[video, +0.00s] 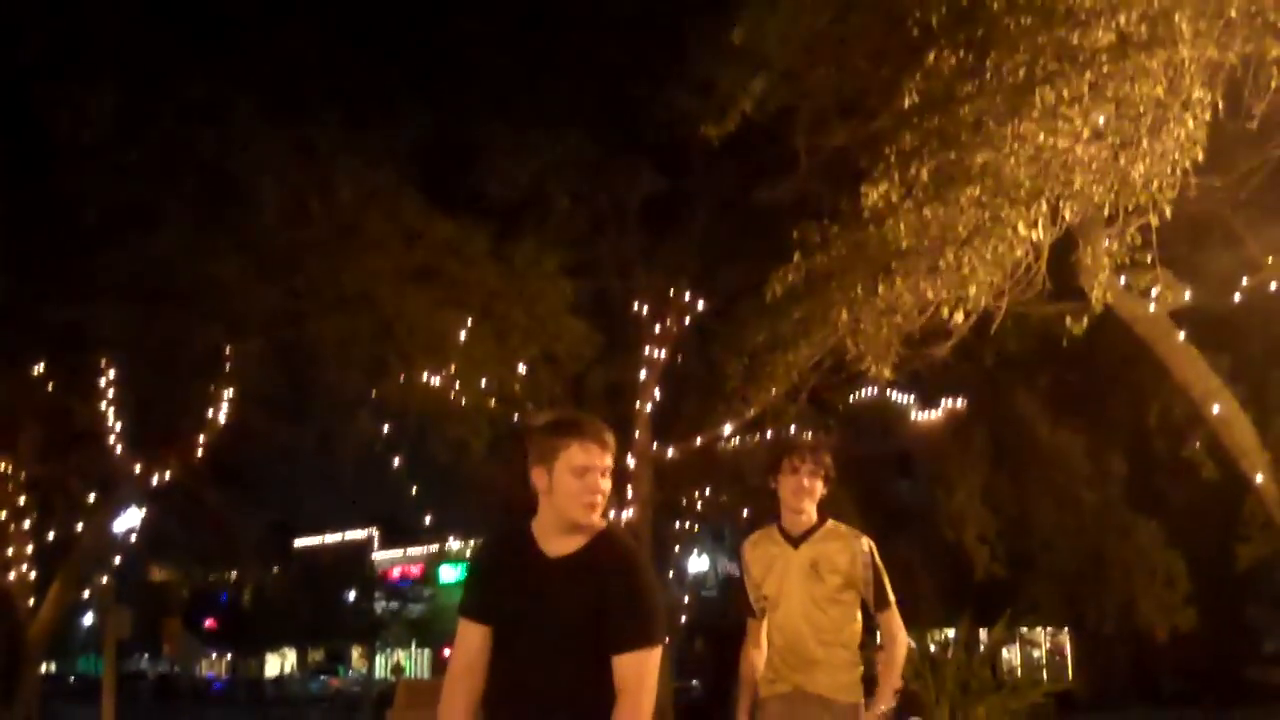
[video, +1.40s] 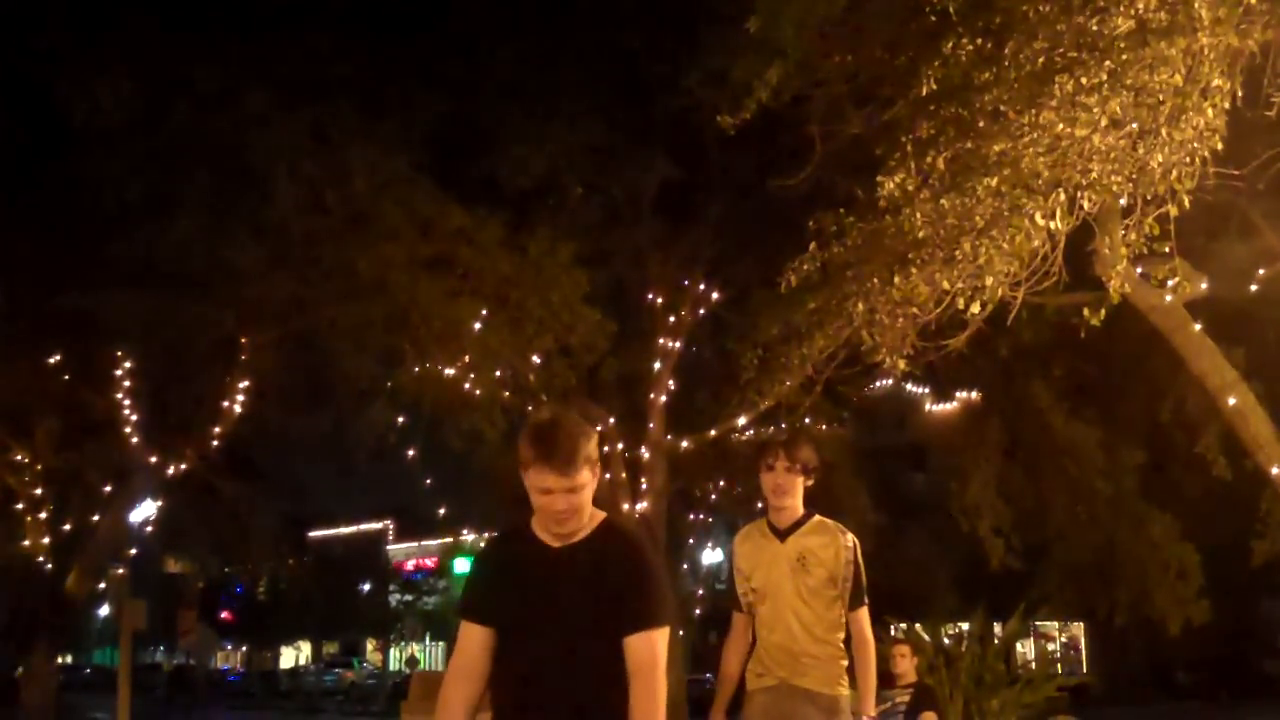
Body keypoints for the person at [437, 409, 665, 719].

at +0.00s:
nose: (599, 486)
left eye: (605, 473)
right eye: (581, 472)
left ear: (612, 478)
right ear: (540, 478)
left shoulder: (624, 567)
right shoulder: (498, 555)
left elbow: (636, 699)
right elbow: (465, 672)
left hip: (588, 711)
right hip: (506, 711)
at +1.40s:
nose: (560, 505)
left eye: (572, 489)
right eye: (545, 491)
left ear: (596, 473)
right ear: (525, 478)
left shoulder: (629, 554)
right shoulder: (500, 557)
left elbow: (646, 675)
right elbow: (466, 670)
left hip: (602, 713)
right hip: (518, 712)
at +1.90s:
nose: (595, 490)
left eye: (601, 476)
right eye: (578, 479)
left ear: (608, 473)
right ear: (537, 480)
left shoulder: (625, 554)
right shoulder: (501, 557)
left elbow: (640, 679)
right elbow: (472, 670)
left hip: (601, 711)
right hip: (519, 711)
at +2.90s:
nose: (544, 497)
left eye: (560, 482)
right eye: (533, 483)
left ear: (593, 475)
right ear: (521, 477)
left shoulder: (629, 553)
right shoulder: (509, 554)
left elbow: (646, 684)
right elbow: (481, 672)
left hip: (606, 711)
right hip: (523, 711)